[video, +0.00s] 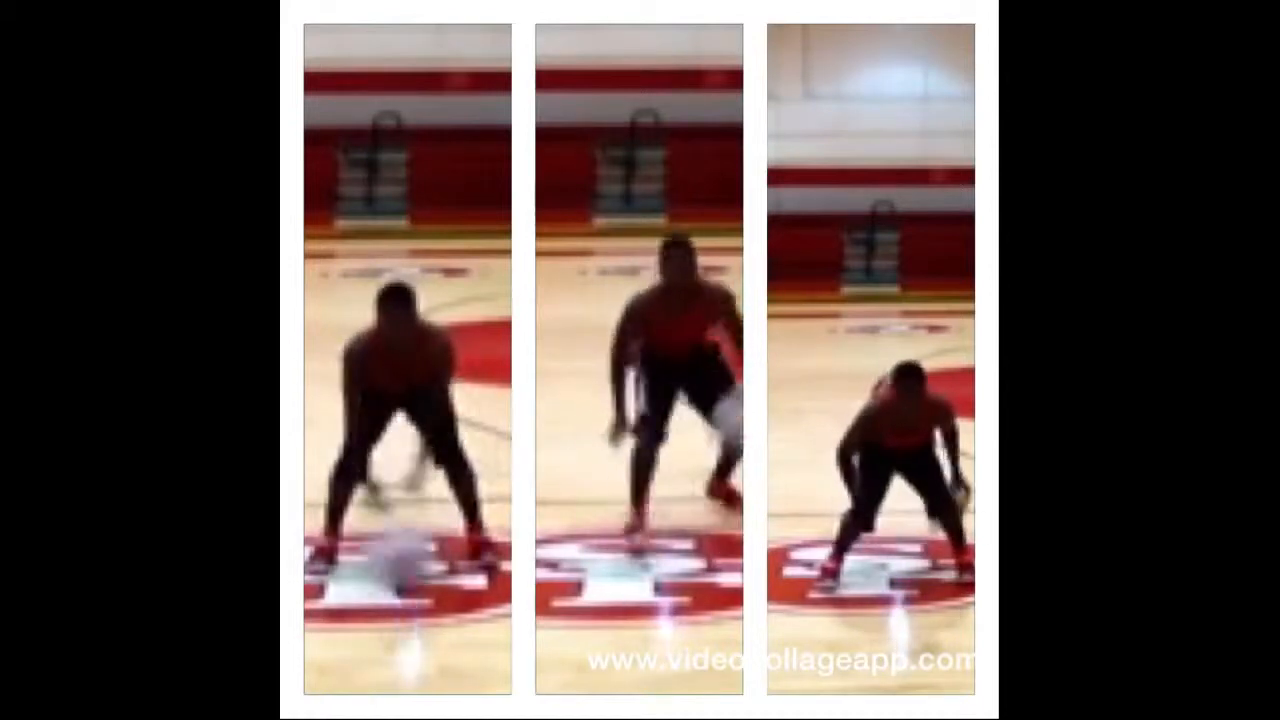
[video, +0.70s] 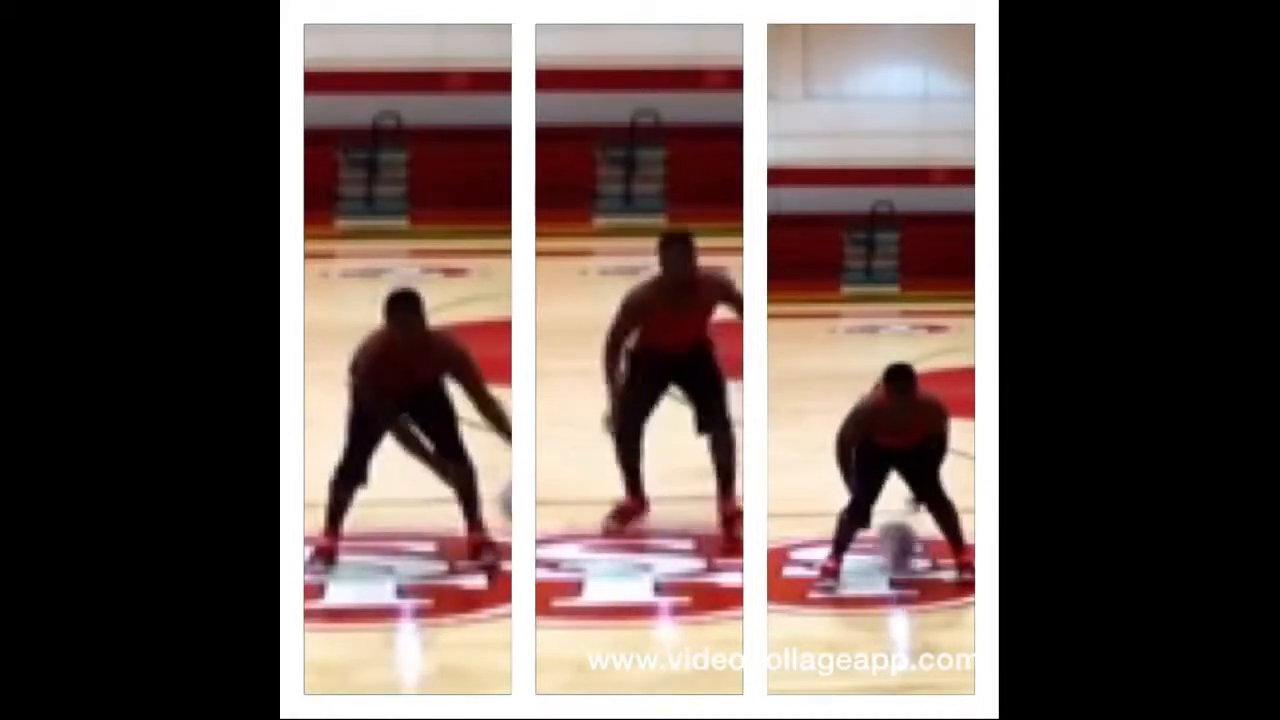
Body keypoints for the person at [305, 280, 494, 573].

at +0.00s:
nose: (397, 331)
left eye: (404, 321)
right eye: (389, 320)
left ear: (414, 316)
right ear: (379, 317)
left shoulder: (436, 345)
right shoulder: (360, 352)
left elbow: (439, 410)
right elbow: (354, 419)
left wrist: (422, 464)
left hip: (423, 394)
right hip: (376, 397)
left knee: (453, 459)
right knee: (349, 462)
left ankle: (476, 532)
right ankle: (330, 538)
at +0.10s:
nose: (403, 335)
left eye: (410, 325)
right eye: (396, 325)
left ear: (421, 321)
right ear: (386, 322)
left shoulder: (441, 344)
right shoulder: (369, 353)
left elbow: (471, 393)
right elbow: (377, 423)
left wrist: (496, 436)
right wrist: (420, 468)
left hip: (424, 395)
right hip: (377, 399)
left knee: (456, 456)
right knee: (350, 462)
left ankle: (477, 533)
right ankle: (330, 536)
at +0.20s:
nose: (407, 335)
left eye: (414, 325)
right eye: (399, 326)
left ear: (424, 321)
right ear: (388, 323)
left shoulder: (444, 342)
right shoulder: (370, 356)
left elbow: (482, 386)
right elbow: (379, 426)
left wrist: (513, 422)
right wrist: (422, 469)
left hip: (424, 395)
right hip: (376, 400)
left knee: (458, 462)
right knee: (351, 469)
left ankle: (477, 534)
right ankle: (330, 538)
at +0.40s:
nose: (395, 336)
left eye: (401, 327)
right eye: (388, 327)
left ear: (411, 321)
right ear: (376, 322)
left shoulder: (430, 349)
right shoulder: (356, 352)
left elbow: (409, 418)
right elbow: (333, 407)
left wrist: (371, 465)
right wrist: (311, 458)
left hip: (424, 398)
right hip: (374, 398)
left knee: (454, 461)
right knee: (346, 462)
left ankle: (476, 534)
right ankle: (326, 543)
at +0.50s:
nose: (391, 333)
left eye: (398, 325)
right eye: (385, 324)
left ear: (409, 319)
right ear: (374, 320)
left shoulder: (430, 347)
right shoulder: (355, 350)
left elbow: (418, 417)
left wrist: (381, 468)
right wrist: (325, 451)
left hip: (425, 397)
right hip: (376, 398)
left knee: (454, 462)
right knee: (346, 460)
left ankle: (476, 534)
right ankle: (327, 543)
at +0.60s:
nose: (398, 327)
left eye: (405, 316)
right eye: (390, 317)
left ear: (415, 313)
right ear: (380, 315)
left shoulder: (437, 343)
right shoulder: (363, 350)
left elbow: (445, 410)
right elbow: (379, 424)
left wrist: (445, 457)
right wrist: (403, 474)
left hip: (425, 392)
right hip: (375, 396)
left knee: (456, 458)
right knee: (350, 462)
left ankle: (477, 531)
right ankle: (329, 538)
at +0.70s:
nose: (409, 336)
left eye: (414, 325)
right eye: (400, 328)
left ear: (423, 321)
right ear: (388, 325)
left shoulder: (442, 348)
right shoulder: (369, 360)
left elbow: (481, 397)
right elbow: (396, 425)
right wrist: (439, 467)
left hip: (424, 395)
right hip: (377, 401)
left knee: (458, 463)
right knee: (351, 470)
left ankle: (476, 534)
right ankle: (330, 537)